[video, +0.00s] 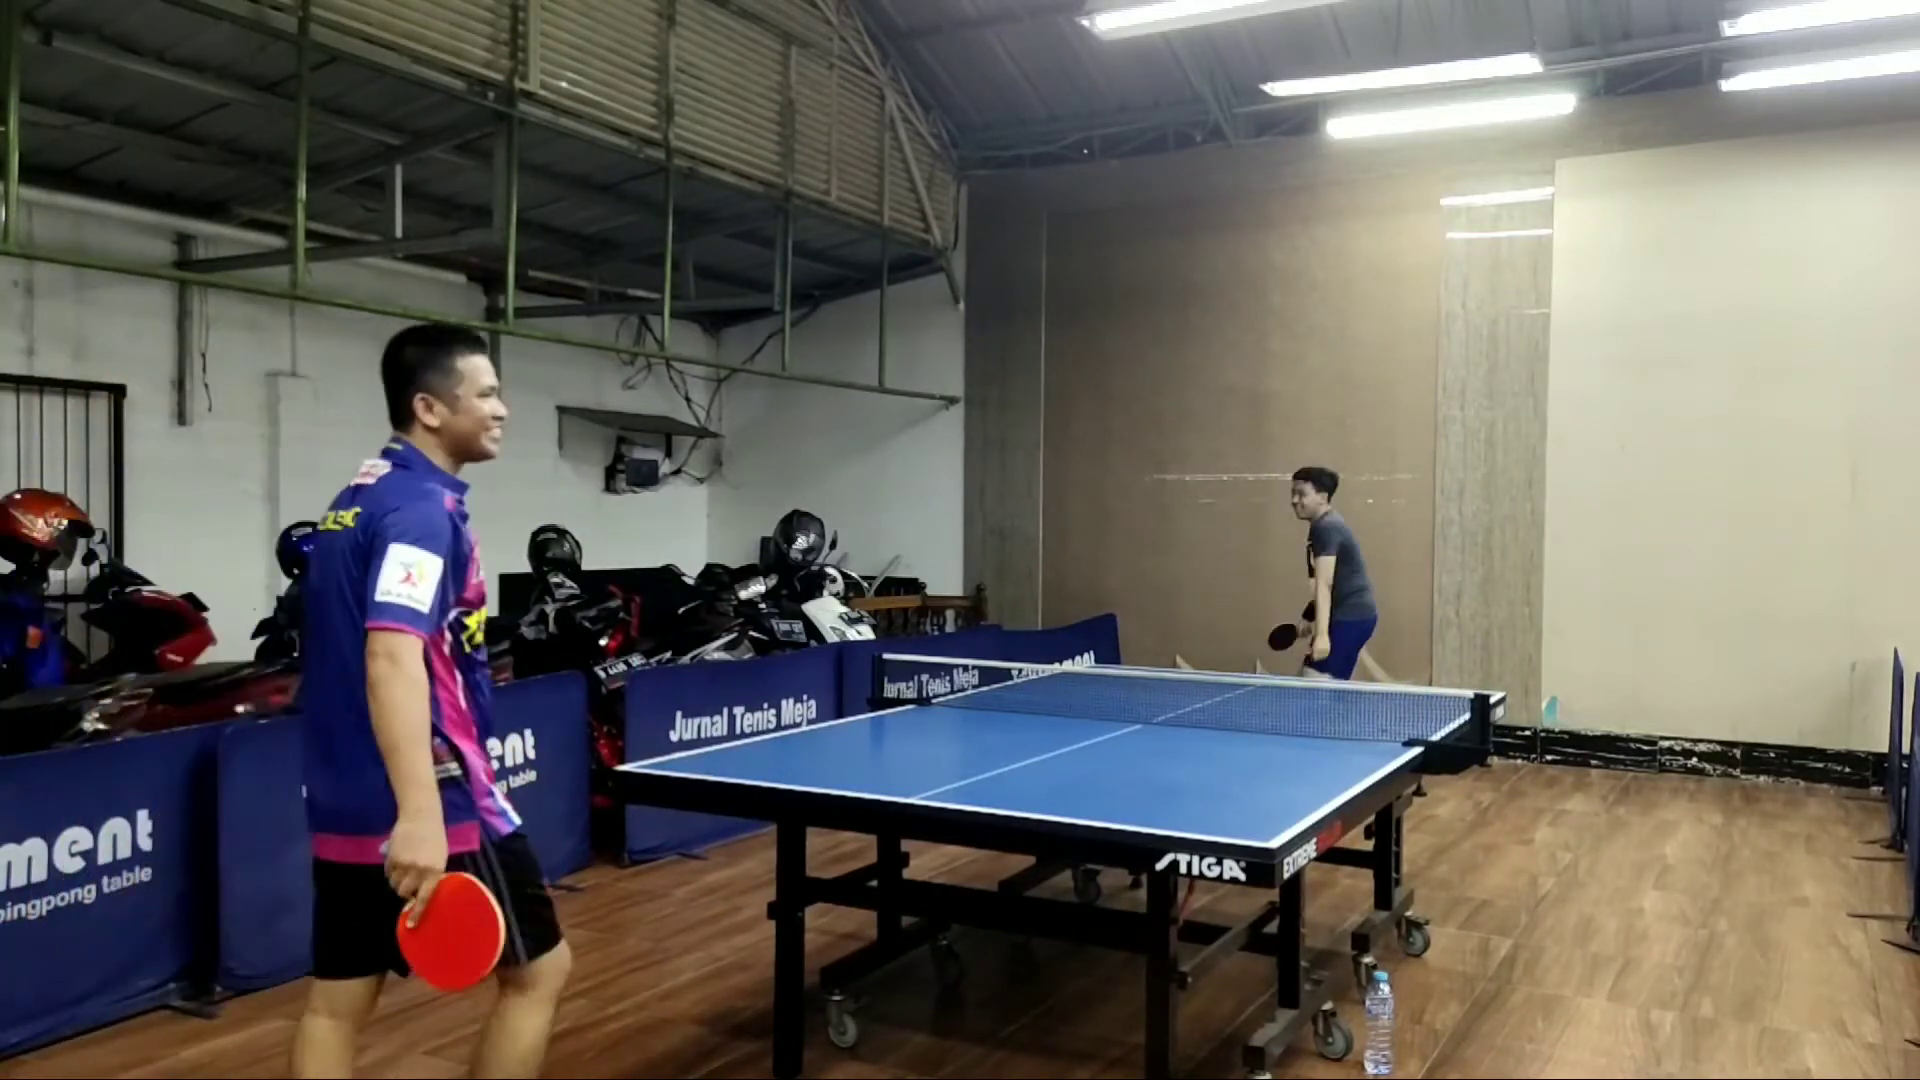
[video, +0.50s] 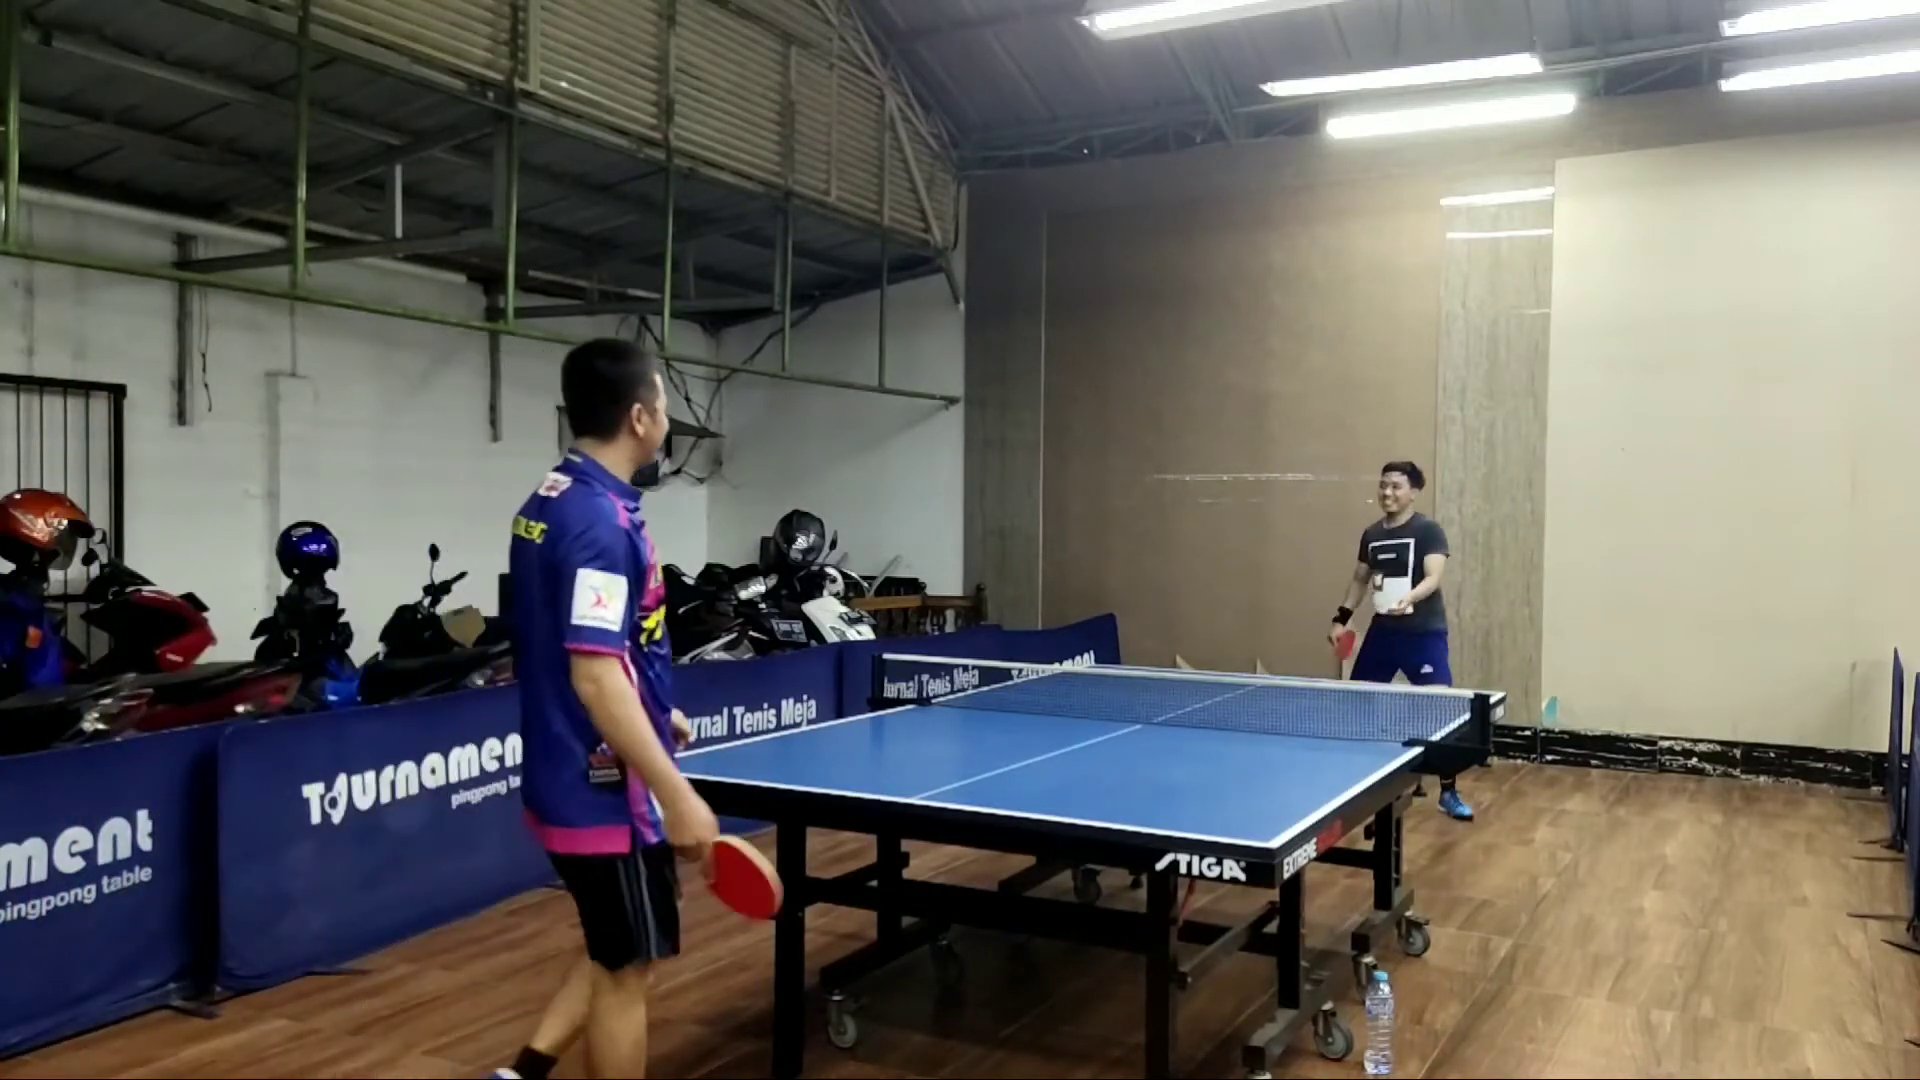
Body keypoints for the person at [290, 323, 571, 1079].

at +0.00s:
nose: (502, 409)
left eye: (499, 393)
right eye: (486, 394)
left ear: (425, 408)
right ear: (429, 407)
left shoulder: (358, 496)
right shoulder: (422, 505)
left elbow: (342, 658)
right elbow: (390, 657)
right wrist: (417, 813)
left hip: (348, 808)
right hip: (445, 809)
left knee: (337, 1002)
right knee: (539, 968)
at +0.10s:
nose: (534, 415)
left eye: (531, 400)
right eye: (516, 401)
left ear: (465, 419)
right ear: (463, 417)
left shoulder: (417, 499)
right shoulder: (445, 516)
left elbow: (407, 663)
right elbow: (406, 668)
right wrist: (434, 817)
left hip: (395, 809)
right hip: (478, 814)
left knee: (357, 999)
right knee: (537, 996)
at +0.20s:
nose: (571, 423)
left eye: (567, 408)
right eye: (559, 409)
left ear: (507, 422)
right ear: (515, 423)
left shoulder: (463, 507)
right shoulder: (484, 525)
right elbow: (440, 680)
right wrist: (473, 826)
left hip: (436, 811)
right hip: (519, 815)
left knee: (392, 988)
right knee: (572, 995)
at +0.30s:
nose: (608, 426)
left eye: (605, 410)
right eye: (601, 410)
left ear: (538, 421)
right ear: (568, 421)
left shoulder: (500, 505)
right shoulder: (527, 529)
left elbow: (512, 670)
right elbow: (493, 689)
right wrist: (533, 830)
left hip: (491, 806)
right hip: (567, 813)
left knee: (464, 969)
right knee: (612, 975)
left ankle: (391, 1074)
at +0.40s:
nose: (639, 424)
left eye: (636, 408)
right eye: (634, 409)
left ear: (561, 419)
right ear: (608, 420)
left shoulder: (527, 503)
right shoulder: (570, 529)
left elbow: (529, 669)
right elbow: (550, 687)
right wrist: (604, 820)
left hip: (536, 794)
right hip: (588, 801)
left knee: (561, 949)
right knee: (625, 971)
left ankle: (457, 1071)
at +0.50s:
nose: (667, 420)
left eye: (665, 404)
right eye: (663, 405)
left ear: (581, 414)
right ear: (639, 416)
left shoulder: (554, 502)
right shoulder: (600, 522)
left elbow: (573, 648)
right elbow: (597, 676)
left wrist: (653, 711)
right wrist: (678, 799)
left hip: (567, 782)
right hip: (602, 797)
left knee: (613, 948)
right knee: (625, 968)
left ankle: (528, 1068)